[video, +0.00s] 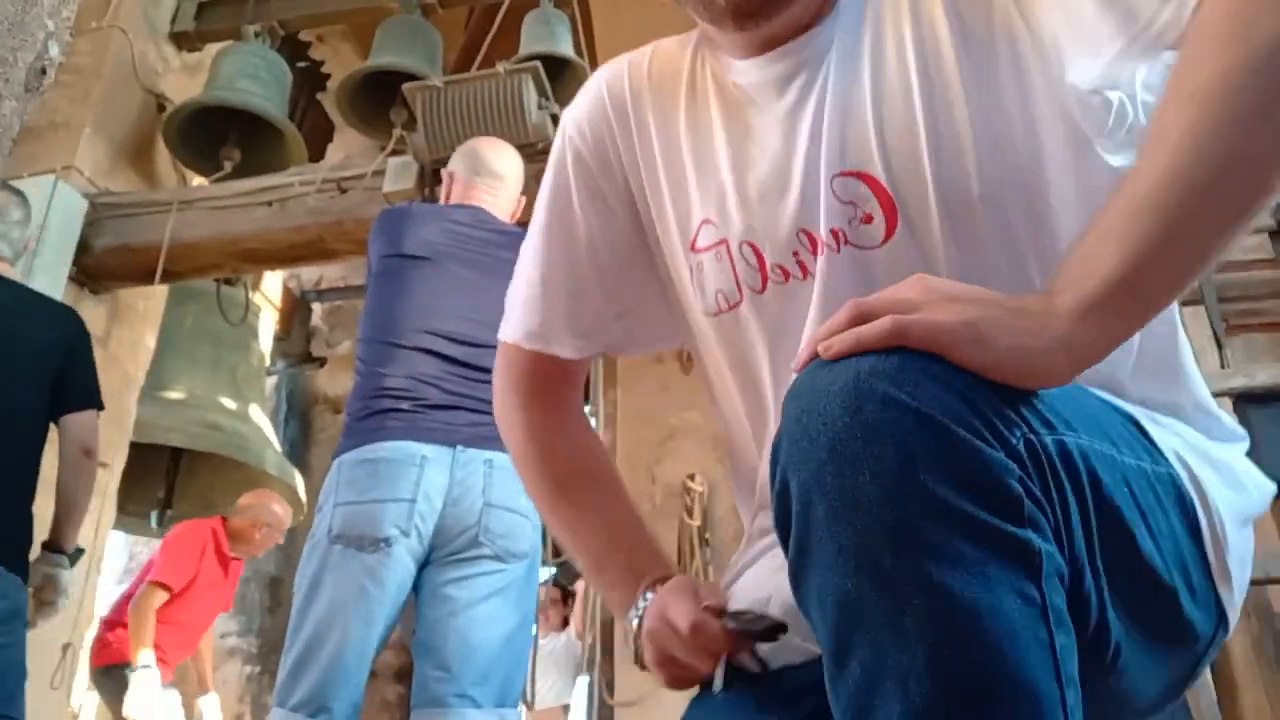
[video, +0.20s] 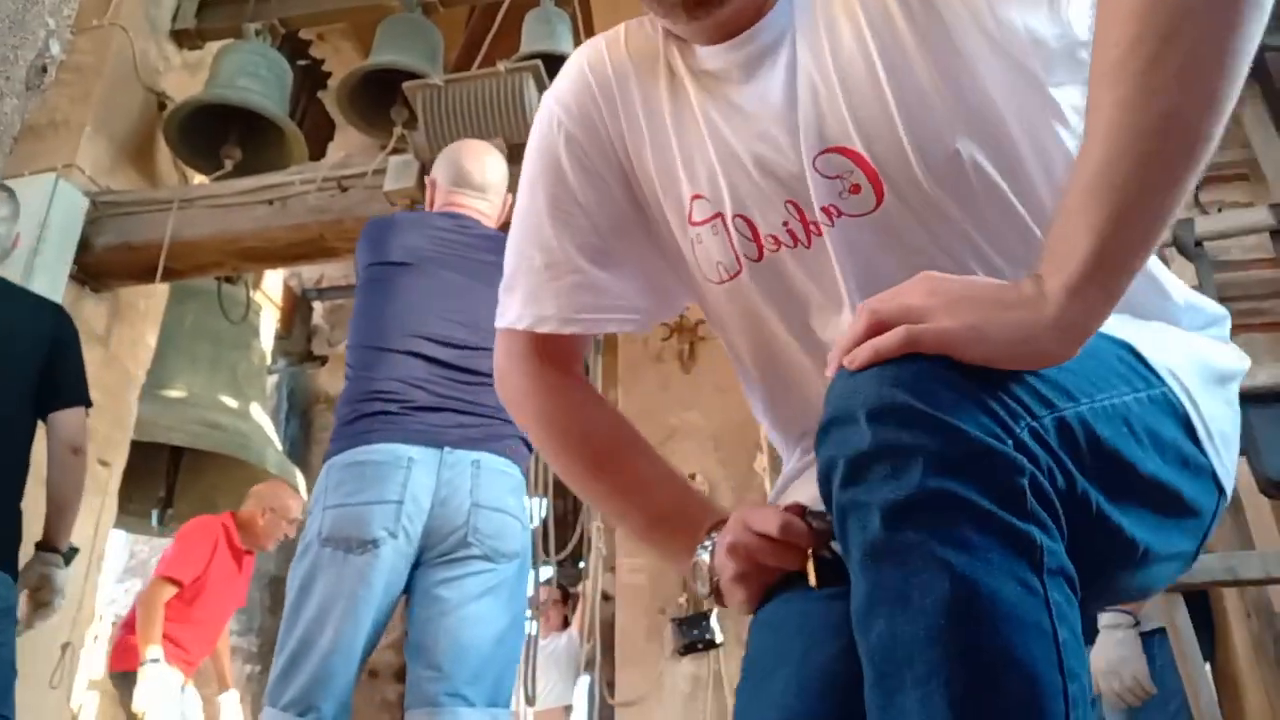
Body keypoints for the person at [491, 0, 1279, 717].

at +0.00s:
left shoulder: (1014, 11)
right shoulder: (623, 112)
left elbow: (1254, 20)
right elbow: (533, 385)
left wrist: (1068, 315)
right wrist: (645, 589)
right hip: (815, 589)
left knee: (862, 415)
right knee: (735, 713)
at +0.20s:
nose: (676, 5)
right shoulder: (602, 92)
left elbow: (1210, 5)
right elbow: (530, 367)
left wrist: (1059, 295)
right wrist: (709, 537)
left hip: (1130, 407)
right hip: (843, 503)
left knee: (891, 407)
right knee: (789, 701)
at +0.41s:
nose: (633, 3)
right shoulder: (602, 99)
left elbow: (1116, 2)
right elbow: (595, 350)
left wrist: (1084, 281)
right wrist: (764, 474)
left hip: (1086, 303)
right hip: (866, 404)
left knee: (956, 429)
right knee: (874, 662)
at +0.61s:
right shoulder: (630, 63)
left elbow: (1063, 8)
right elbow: (672, 288)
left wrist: (1077, 319)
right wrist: (800, 415)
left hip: (1058, 240)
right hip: (887, 330)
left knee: (996, 482)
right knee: (908, 562)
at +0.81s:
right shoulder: (671, 37)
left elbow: (1049, 8)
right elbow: (740, 229)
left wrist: (970, 292)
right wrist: (780, 350)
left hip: (1067, 212)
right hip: (893, 294)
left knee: (1022, 511)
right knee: (935, 576)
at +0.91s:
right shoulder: (689, 23)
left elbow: (1042, 3)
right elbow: (763, 205)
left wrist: (894, 234)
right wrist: (779, 306)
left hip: (1065, 191)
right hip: (904, 295)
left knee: (1033, 490)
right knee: (963, 579)